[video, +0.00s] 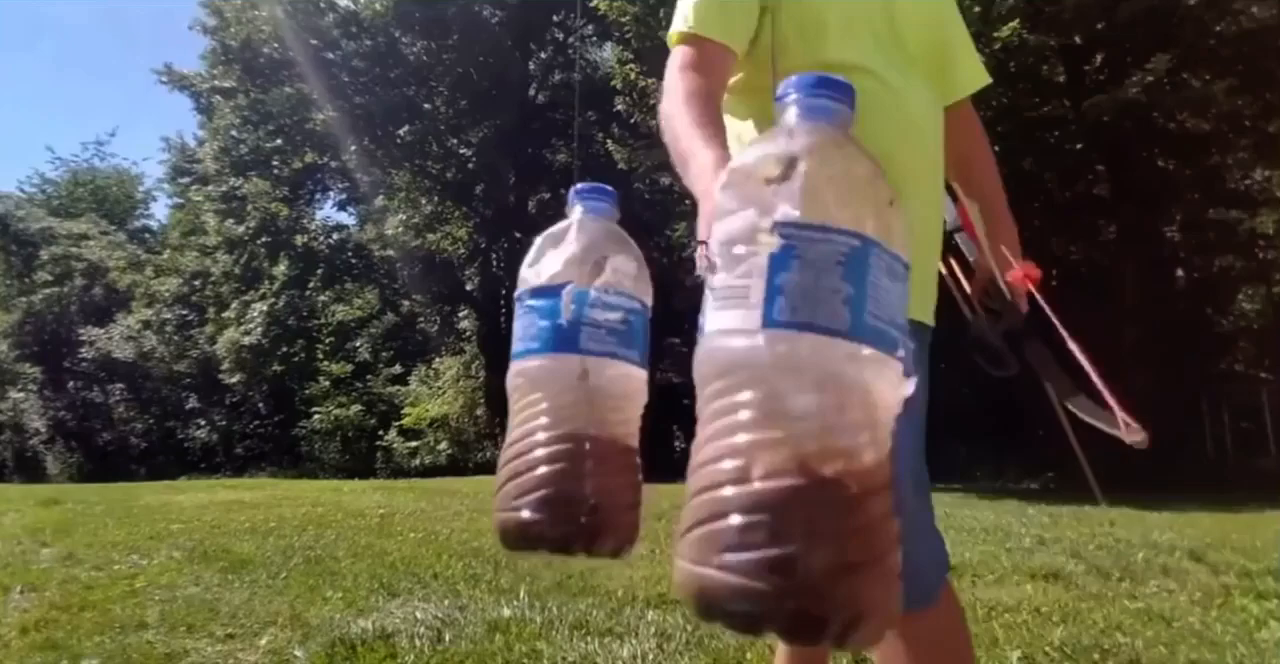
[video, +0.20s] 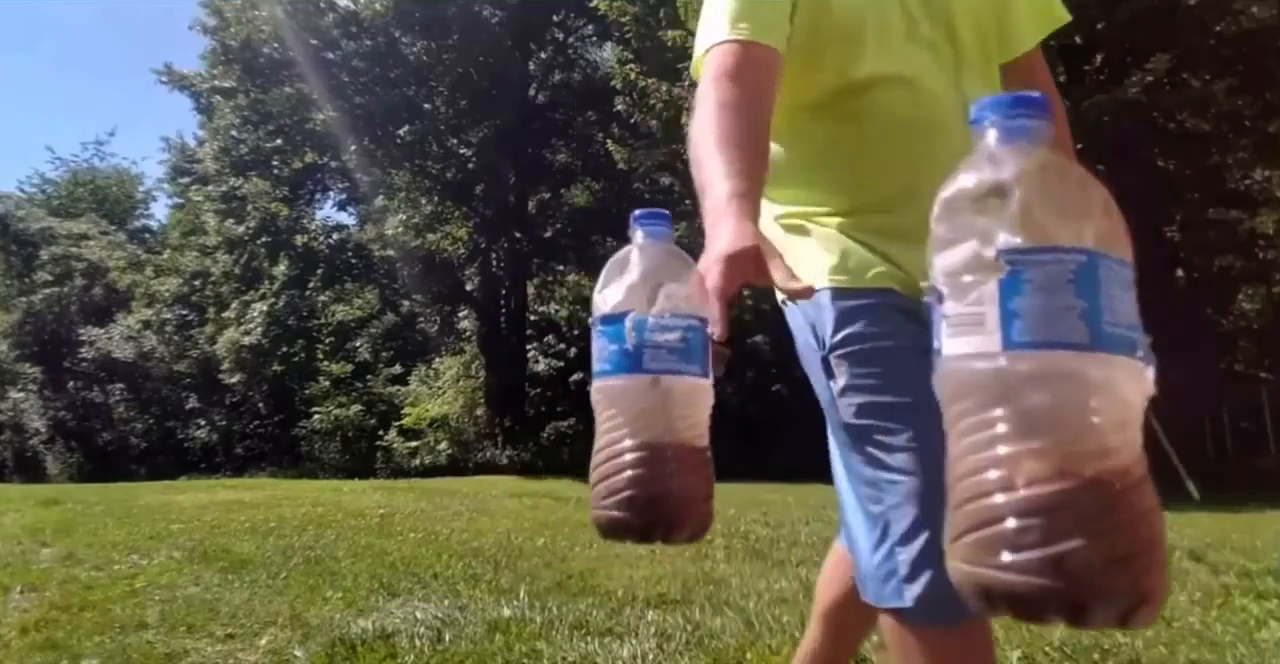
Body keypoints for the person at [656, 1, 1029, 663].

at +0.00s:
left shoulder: (934, 9)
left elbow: (954, 114)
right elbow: (689, 85)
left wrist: (1000, 238)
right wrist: (720, 198)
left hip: (908, 291)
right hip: (792, 289)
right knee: (905, 553)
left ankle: (802, 646)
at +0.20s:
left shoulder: (998, 7)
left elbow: (1030, 85)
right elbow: (734, 67)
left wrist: (1063, 233)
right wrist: (730, 220)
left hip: (981, 246)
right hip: (841, 243)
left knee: (893, 507)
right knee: (924, 535)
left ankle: (820, 654)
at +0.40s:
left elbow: (1090, 51)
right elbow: (767, 92)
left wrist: (1130, 232)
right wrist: (735, 296)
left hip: (1020, 239)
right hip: (871, 236)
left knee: (998, 506)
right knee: (942, 507)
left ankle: (857, 655)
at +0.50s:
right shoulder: (791, 8)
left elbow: (1125, 13)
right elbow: (779, 99)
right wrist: (730, 339)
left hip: (1055, 235)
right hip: (896, 232)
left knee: (1039, 526)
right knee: (966, 524)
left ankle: (945, 625)